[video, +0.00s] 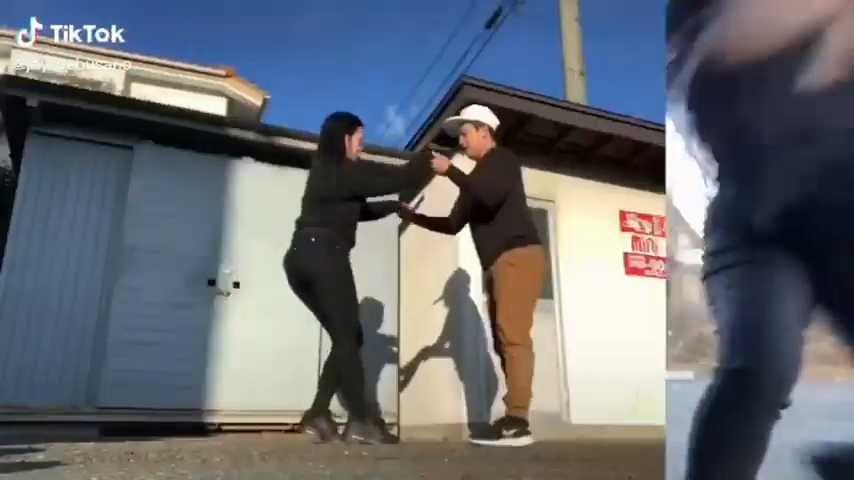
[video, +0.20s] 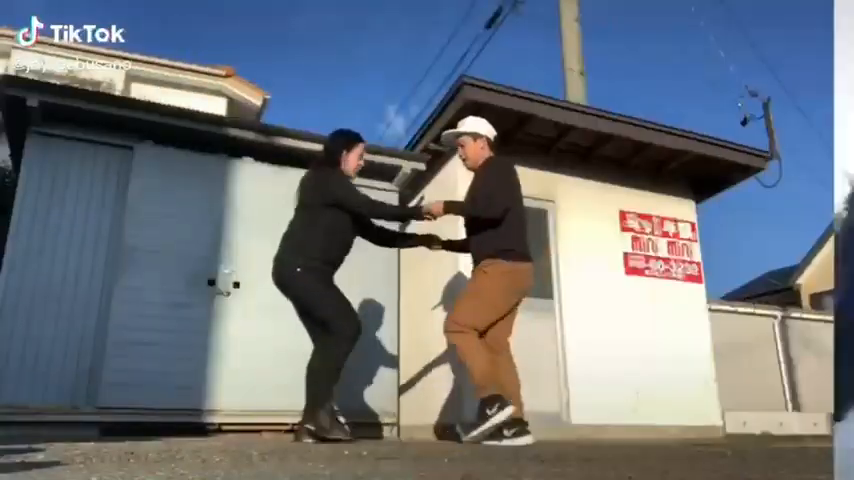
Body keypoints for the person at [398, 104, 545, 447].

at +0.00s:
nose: (461, 141)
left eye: (466, 133)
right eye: (460, 135)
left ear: (485, 131)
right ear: (475, 135)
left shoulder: (500, 159)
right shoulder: (478, 176)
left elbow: (486, 196)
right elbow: (452, 225)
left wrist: (451, 171)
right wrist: (414, 216)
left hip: (518, 256)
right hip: (498, 262)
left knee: (514, 337)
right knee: (504, 340)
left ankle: (516, 419)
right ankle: (514, 418)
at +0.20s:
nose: (460, 153)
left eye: (463, 145)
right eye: (458, 147)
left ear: (482, 142)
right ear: (480, 146)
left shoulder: (495, 169)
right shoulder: (492, 177)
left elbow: (491, 211)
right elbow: (485, 240)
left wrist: (448, 206)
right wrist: (446, 245)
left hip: (501, 267)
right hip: (512, 268)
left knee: (459, 327)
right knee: (495, 342)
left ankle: (492, 401)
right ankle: (514, 422)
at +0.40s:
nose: (453, 160)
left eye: (457, 153)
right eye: (452, 154)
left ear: (474, 150)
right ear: (471, 153)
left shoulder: (485, 177)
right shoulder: (485, 183)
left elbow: (455, 216)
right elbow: (473, 248)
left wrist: (407, 219)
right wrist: (434, 250)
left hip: (490, 271)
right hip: (495, 272)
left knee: (454, 344)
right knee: (470, 349)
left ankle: (421, 421)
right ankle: (509, 420)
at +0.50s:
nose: (448, 162)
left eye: (451, 155)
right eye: (447, 157)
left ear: (470, 153)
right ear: (466, 155)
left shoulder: (481, 180)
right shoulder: (474, 185)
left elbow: (450, 220)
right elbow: (469, 242)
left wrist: (401, 222)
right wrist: (439, 250)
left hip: (485, 270)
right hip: (468, 271)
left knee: (460, 346)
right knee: (437, 344)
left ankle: (424, 420)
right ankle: (491, 406)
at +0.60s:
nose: (446, 165)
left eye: (449, 157)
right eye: (445, 159)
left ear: (468, 155)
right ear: (464, 158)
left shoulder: (480, 184)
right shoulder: (471, 188)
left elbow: (451, 225)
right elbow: (467, 245)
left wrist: (403, 224)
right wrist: (439, 254)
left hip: (481, 271)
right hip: (461, 272)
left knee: (455, 345)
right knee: (421, 335)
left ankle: (423, 420)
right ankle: (470, 396)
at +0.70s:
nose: (447, 164)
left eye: (450, 157)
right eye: (446, 159)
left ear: (468, 153)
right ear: (464, 157)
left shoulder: (483, 181)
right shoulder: (474, 188)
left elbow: (462, 224)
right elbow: (466, 251)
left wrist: (418, 222)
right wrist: (430, 249)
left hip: (481, 270)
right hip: (465, 271)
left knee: (453, 344)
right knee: (425, 338)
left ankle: (423, 419)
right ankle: (464, 407)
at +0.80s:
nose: (450, 162)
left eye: (452, 154)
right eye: (448, 156)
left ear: (469, 149)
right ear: (467, 152)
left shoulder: (488, 173)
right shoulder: (478, 185)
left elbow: (490, 216)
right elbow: (464, 244)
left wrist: (446, 213)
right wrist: (424, 236)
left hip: (486, 269)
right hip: (488, 272)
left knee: (444, 336)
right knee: (453, 339)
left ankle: (425, 417)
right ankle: (474, 414)